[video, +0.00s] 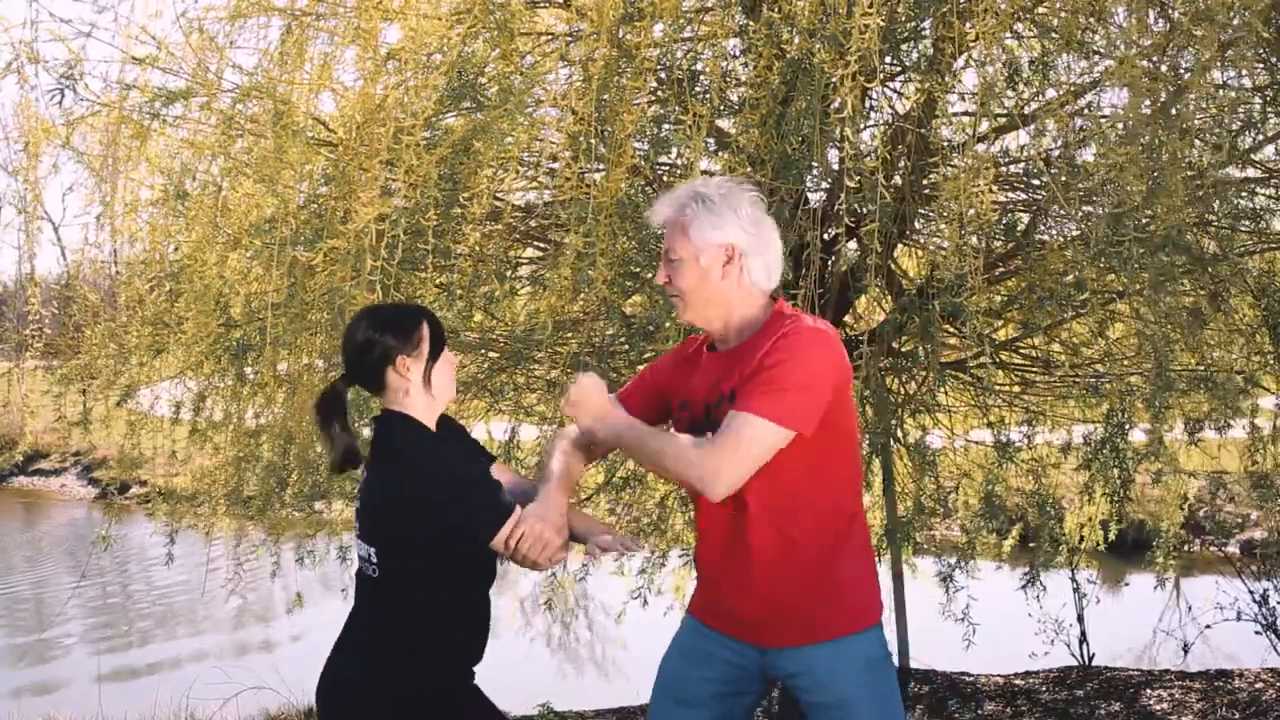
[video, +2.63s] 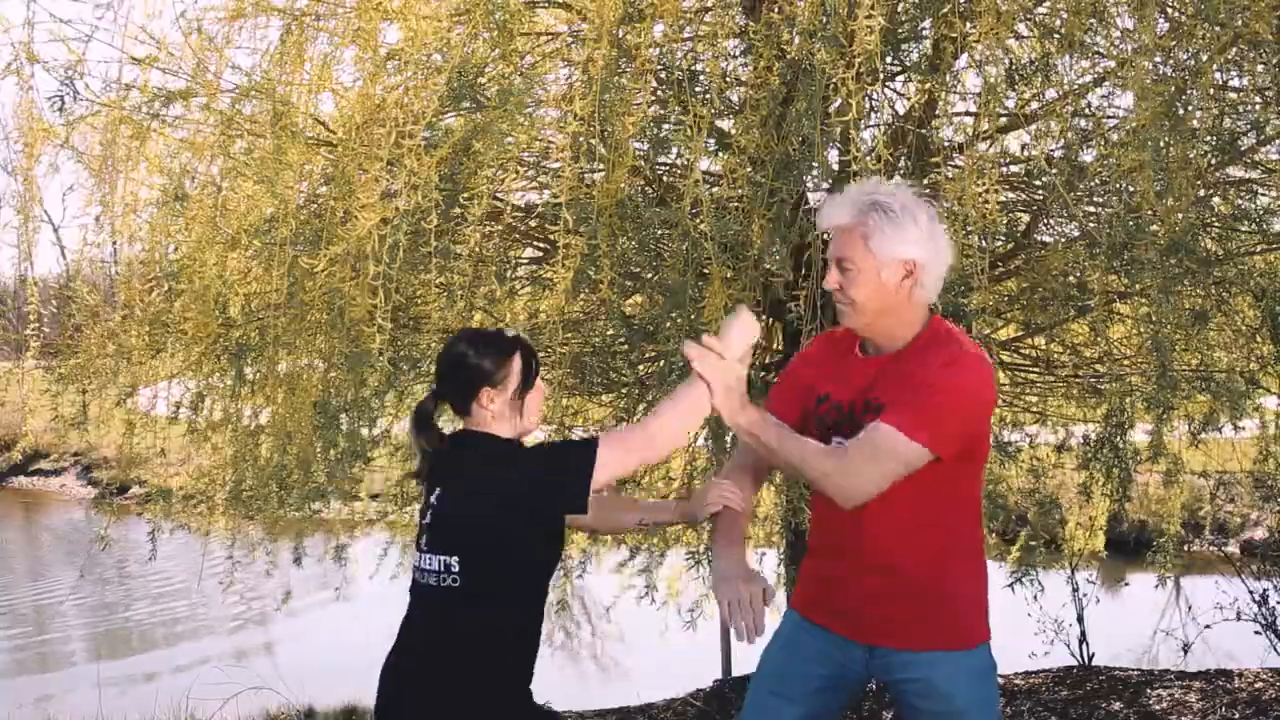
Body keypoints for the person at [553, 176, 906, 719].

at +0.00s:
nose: (661, 278)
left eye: (674, 261)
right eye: (663, 262)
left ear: (730, 260)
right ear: (728, 262)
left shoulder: (809, 346)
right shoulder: (687, 363)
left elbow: (714, 473)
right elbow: (578, 441)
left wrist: (610, 422)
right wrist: (551, 503)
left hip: (833, 638)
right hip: (716, 632)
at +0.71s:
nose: (655, 274)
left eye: (666, 255)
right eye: (655, 259)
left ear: (722, 250)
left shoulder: (810, 332)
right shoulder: (684, 363)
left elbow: (767, 471)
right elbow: (596, 435)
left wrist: (660, 445)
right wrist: (551, 488)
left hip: (851, 620)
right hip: (738, 618)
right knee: (692, 711)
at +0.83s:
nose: (685, 266)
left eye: (697, 248)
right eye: (688, 250)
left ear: (753, 247)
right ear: (749, 248)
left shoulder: (838, 335)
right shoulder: (709, 363)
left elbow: (826, 478)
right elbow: (636, 456)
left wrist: (712, 470)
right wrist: (580, 460)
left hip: (870, 632)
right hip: (752, 627)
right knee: (708, 710)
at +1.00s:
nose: (753, 265)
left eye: (768, 249)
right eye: (757, 249)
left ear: (826, 254)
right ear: (819, 256)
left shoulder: (906, 345)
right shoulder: (769, 367)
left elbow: (886, 482)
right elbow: (698, 472)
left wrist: (767, 451)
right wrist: (611, 435)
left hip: (912, 644)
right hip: (791, 634)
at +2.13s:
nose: (764, 286)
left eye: (776, 268)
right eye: (764, 268)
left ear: (833, 264)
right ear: (829, 265)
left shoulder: (923, 342)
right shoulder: (778, 356)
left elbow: (864, 468)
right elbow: (705, 429)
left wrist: (767, 403)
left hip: (921, 638)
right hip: (797, 628)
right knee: (740, 710)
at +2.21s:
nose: (771, 293)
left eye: (782, 275)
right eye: (770, 275)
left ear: (840, 268)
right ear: (832, 271)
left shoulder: (935, 345)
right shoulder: (790, 358)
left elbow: (867, 463)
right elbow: (704, 465)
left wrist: (781, 380)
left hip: (929, 640)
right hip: (805, 630)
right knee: (748, 709)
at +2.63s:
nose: (829, 282)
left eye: (845, 268)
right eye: (830, 266)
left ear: (906, 273)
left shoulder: (960, 371)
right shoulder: (821, 356)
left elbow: (848, 479)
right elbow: (746, 467)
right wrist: (728, 559)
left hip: (940, 644)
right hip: (818, 631)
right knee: (760, 710)